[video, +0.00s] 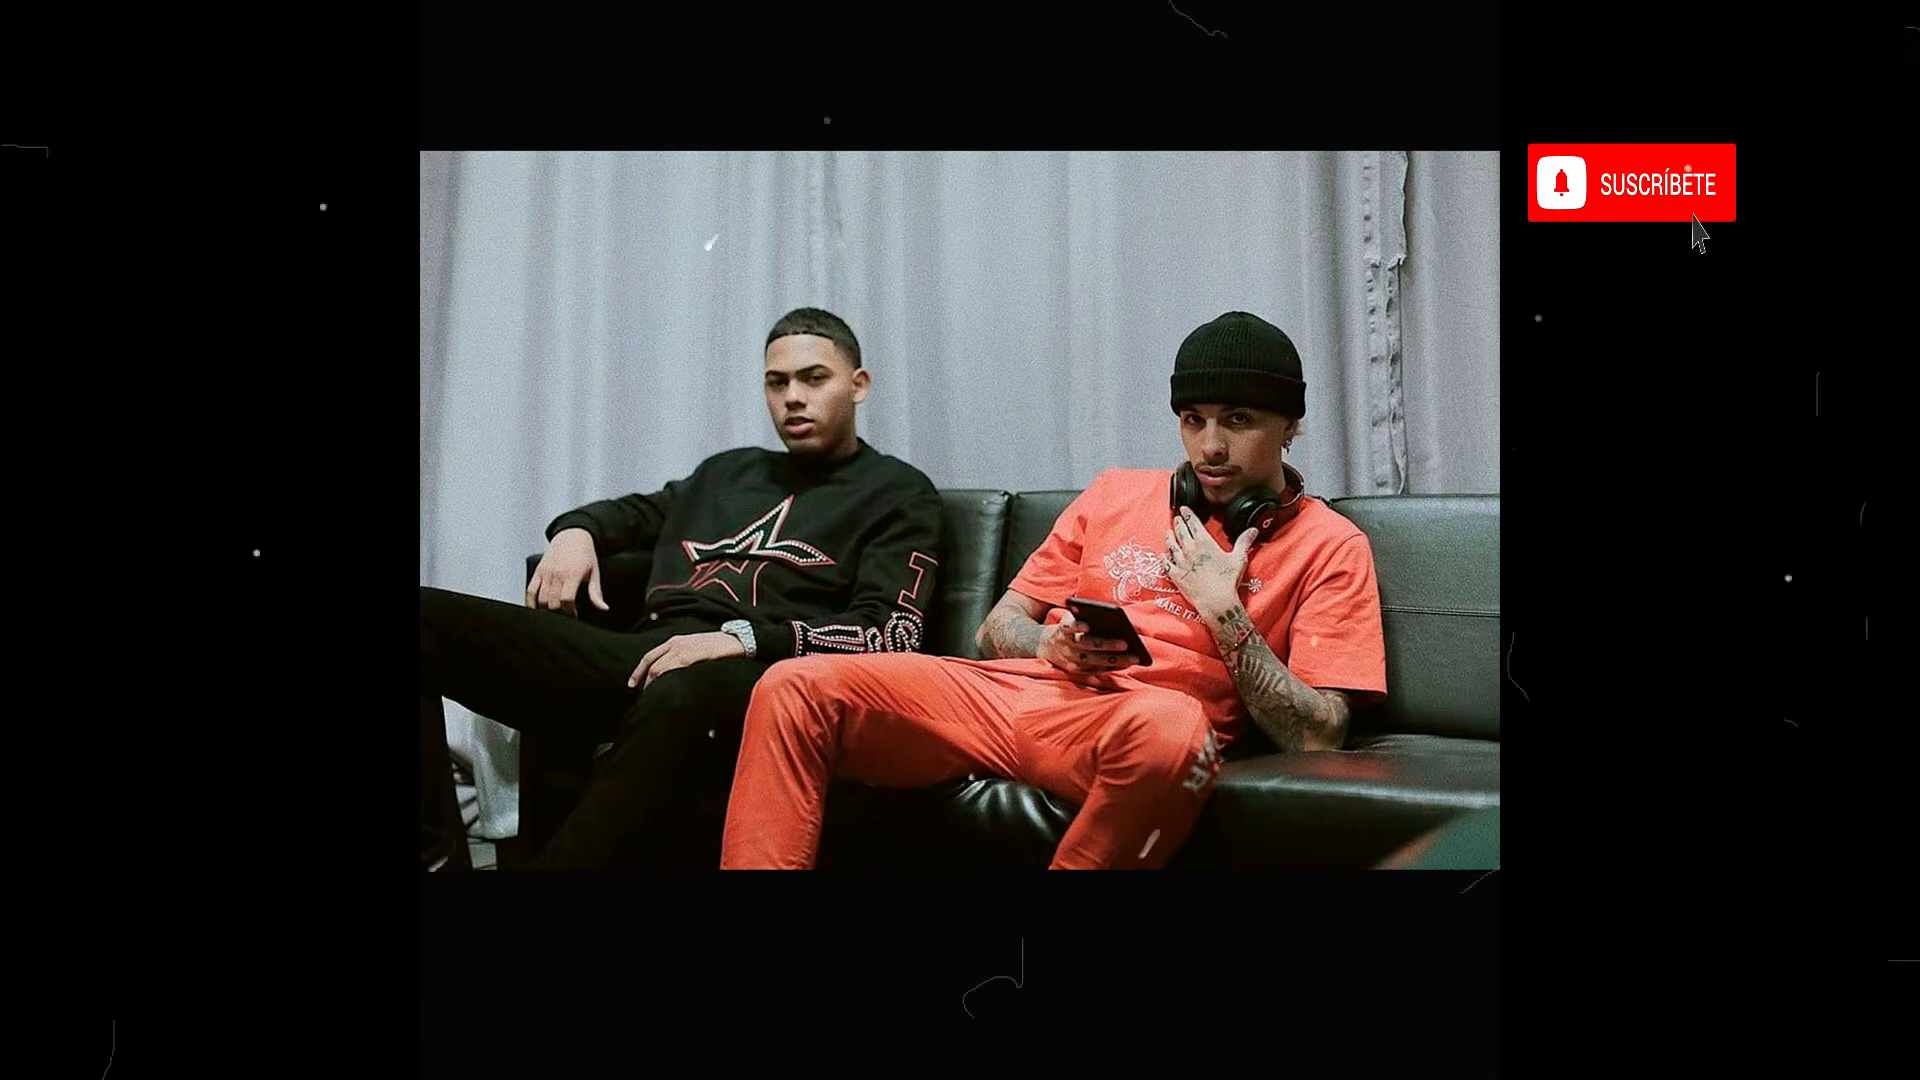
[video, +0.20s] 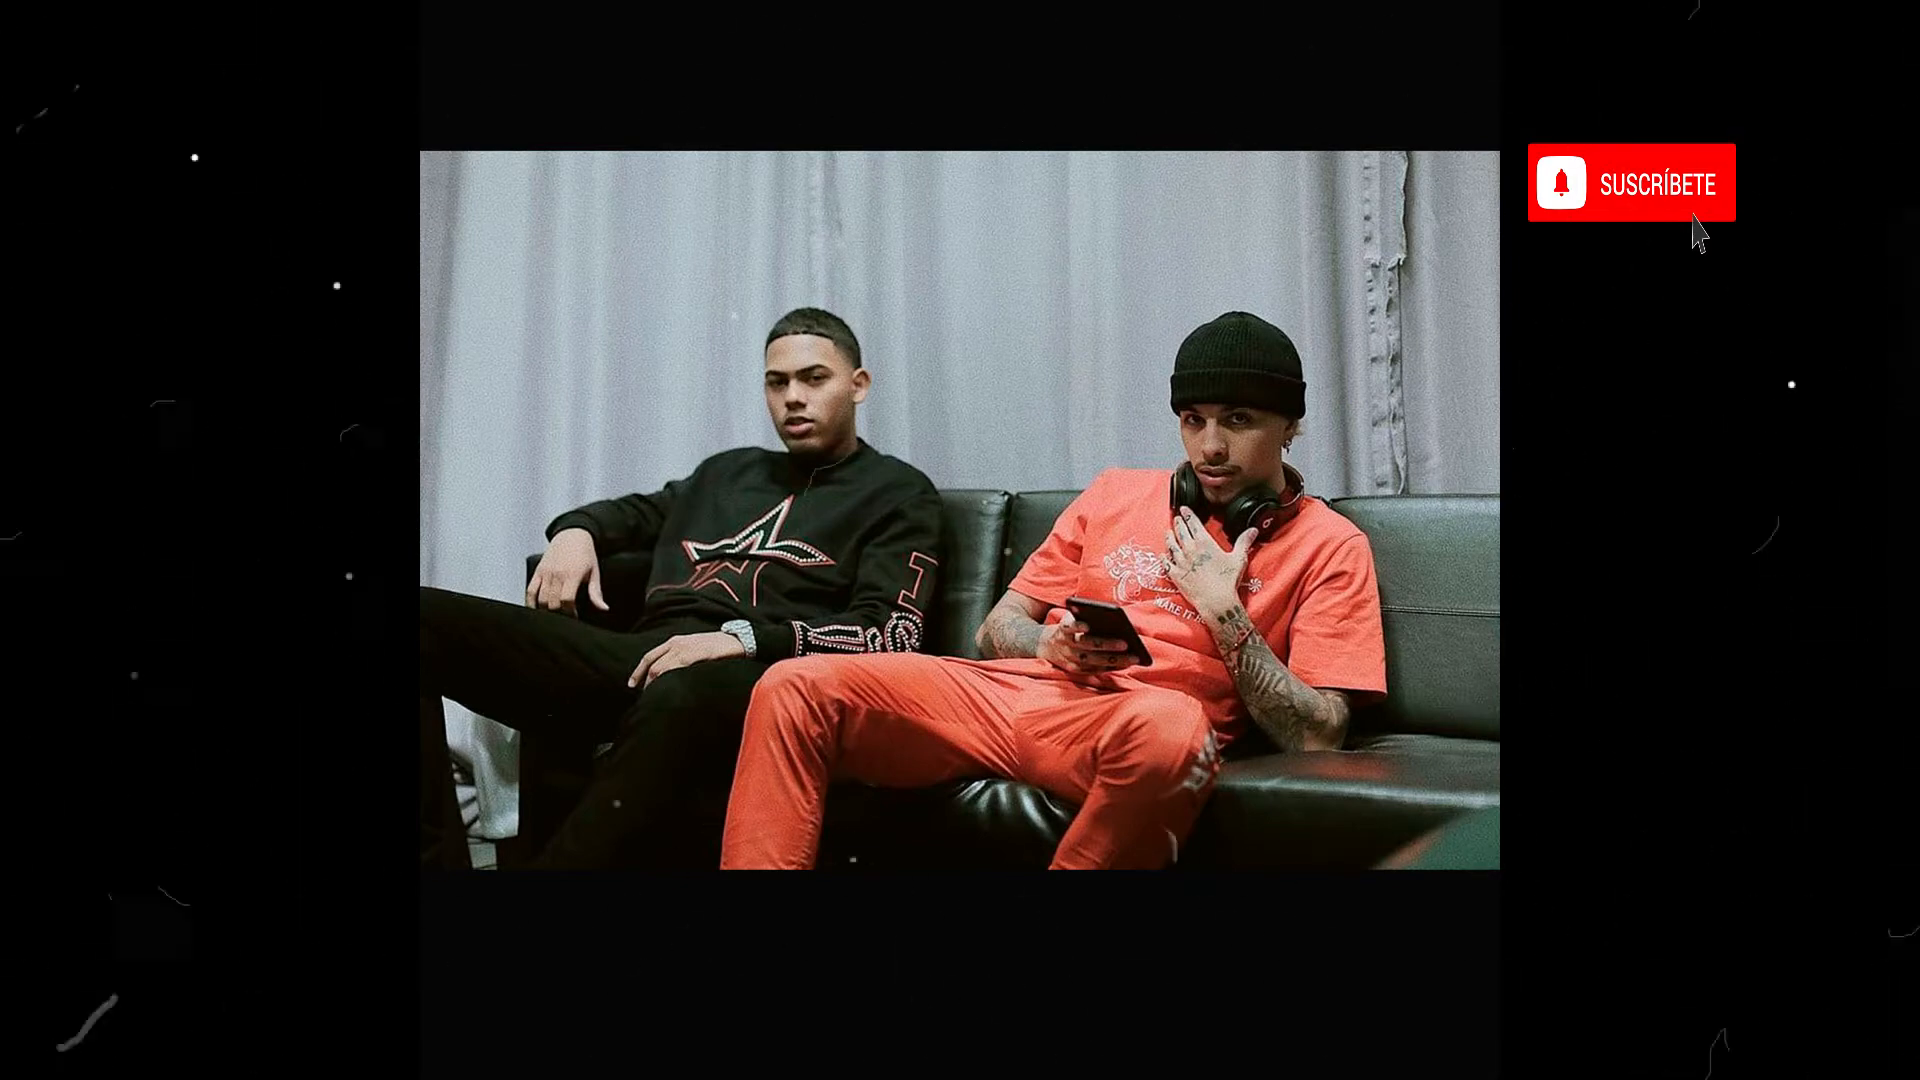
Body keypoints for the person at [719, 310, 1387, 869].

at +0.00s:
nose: (1210, 445)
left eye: (1238, 421)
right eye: (1196, 419)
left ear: (1289, 429)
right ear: (1179, 422)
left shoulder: (1328, 546)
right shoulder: (1118, 492)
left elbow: (1318, 734)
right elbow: (999, 626)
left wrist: (1226, 614)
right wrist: (1050, 647)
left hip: (1130, 709)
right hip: (1013, 685)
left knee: (1171, 746)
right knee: (792, 693)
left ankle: (1036, 960)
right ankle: (758, 925)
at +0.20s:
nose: (1210, 445)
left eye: (1238, 421)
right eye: (1196, 419)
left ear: (1289, 429)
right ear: (1179, 422)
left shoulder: (1328, 546)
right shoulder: (1118, 492)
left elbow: (1318, 734)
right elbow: (999, 626)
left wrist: (1226, 614)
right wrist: (1050, 647)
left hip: (1132, 708)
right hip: (1014, 685)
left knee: (1170, 747)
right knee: (792, 693)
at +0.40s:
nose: (1210, 445)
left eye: (1238, 422)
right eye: (1196, 419)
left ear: (1289, 429)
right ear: (1179, 422)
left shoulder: (1328, 546)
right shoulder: (1118, 492)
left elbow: (1318, 734)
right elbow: (1000, 624)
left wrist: (1227, 614)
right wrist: (1045, 648)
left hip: (1132, 708)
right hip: (1014, 686)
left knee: (1170, 747)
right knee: (792, 694)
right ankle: (756, 942)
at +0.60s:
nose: (1210, 445)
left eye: (1238, 421)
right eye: (1195, 419)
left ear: (1288, 429)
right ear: (1179, 422)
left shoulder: (1329, 546)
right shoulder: (1117, 493)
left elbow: (1318, 735)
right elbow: (999, 625)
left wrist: (1227, 615)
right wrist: (1052, 647)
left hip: (1130, 708)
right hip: (1013, 685)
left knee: (1171, 744)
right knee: (791, 693)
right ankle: (759, 894)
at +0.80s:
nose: (1210, 445)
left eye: (1238, 421)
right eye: (1196, 419)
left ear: (1289, 429)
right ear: (1179, 422)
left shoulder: (1328, 546)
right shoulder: (1118, 492)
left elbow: (1318, 734)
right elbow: (1002, 622)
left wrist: (1227, 614)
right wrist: (1049, 647)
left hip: (1132, 708)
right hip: (1014, 686)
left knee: (1170, 747)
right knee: (792, 694)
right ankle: (759, 912)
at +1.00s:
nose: (1210, 445)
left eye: (1238, 421)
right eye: (1196, 419)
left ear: (1289, 429)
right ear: (1179, 422)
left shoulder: (1328, 546)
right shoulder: (1118, 493)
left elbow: (1318, 734)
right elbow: (999, 626)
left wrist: (1226, 614)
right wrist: (1050, 646)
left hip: (1132, 708)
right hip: (1013, 685)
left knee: (1170, 747)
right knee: (792, 693)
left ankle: (1047, 951)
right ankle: (756, 951)